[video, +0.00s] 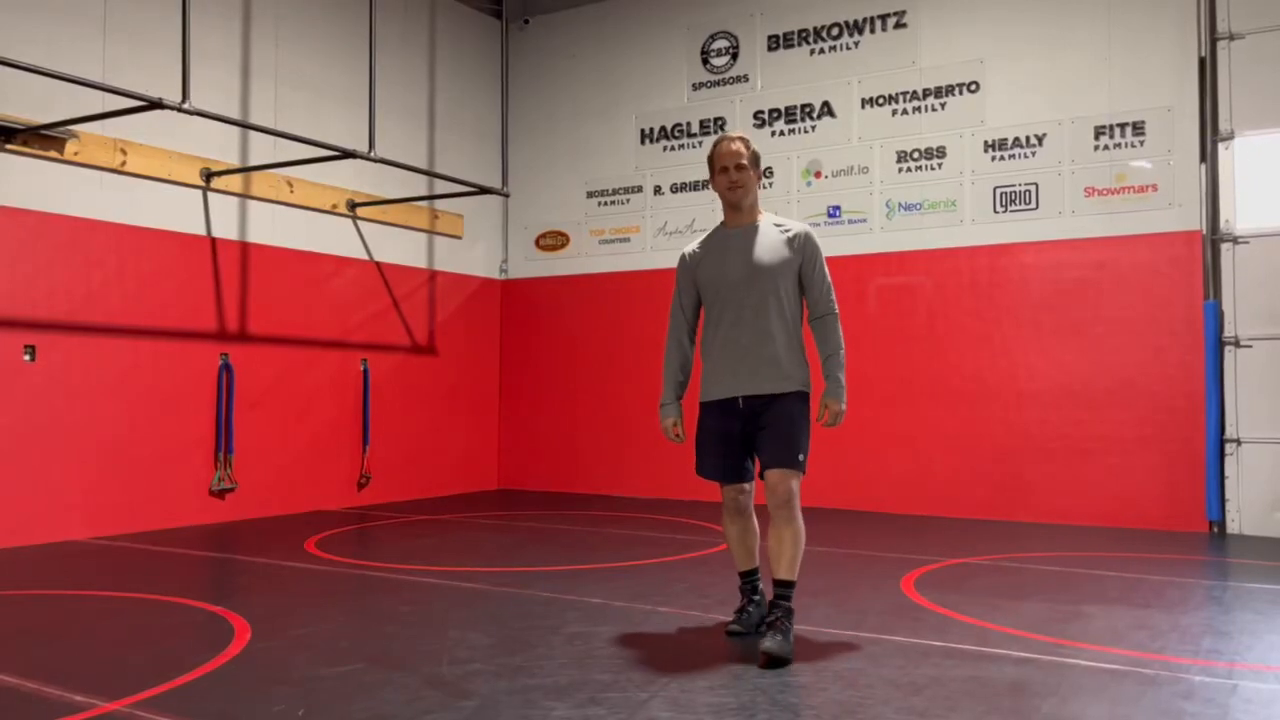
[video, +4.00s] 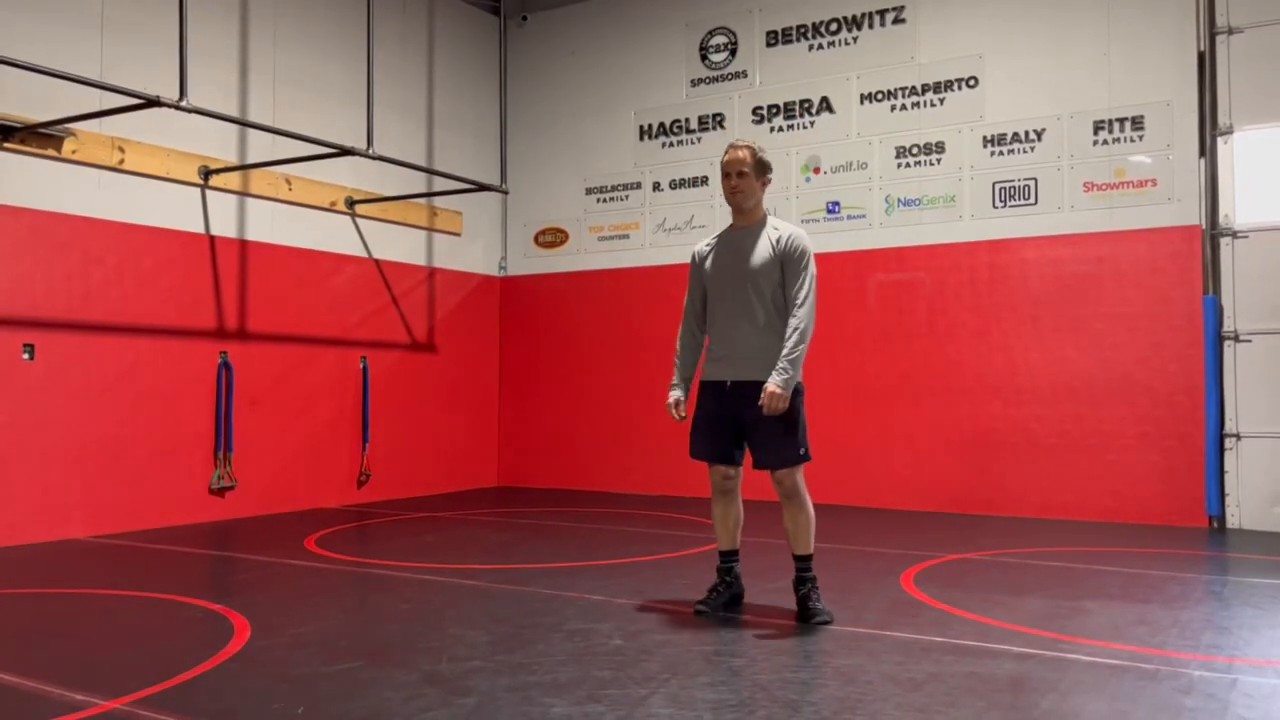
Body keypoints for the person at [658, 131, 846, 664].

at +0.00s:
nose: (733, 175)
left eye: (741, 167)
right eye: (724, 169)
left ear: (759, 175)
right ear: (711, 182)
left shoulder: (796, 239)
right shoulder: (697, 256)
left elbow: (825, 316)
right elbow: (680, 334)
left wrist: (835, 385)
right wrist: (671, 399)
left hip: (783, 392)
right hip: (722, 398)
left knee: (782, 493)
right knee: (734, 498)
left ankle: (782, 614)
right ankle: (753, 599)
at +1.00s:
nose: (780, 148)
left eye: (791, 140)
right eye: (771, 139)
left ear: (806, 152)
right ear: (754, 148)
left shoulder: (825, 233)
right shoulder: (717, 223)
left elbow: (845, 318)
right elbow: (686, 303)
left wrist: (861, 390)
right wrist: (675, 375)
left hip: (800, 388)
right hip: (732, 387)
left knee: (790, 503)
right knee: (730, 505)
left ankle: (780, 624)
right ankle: (750, 543)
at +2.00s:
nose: (714, 173)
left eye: (724, 164)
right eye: (705, 164)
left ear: (741, 171)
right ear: (693, 170)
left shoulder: (761, 244)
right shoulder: (665, 239)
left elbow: (781, 323)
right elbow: (641, 307)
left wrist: (786, 385)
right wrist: (623, 367)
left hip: (745, 360)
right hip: (685, 372)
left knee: (759, 423)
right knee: (692, 483)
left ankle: (785, 537)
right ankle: (705, 599)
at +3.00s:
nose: (790, 180)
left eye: (798, 171)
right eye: (781, 172)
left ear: (816, 176)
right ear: (770, 180)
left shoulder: (842, 247)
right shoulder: (746, 245)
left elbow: (863, 324)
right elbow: (729, 319)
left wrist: (879, 389)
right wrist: (730, 378)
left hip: (826, 387)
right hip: (766, 385)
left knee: (818, 487)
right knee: (757, 482)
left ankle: (812, 593)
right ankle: (750, 595)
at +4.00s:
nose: (734, 182)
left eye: (743, 174)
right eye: (728, 175)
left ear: (764, 181)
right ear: (720, 184)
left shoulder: (790, 242)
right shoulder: (706, 253)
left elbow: (802, 318)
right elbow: (692, 325)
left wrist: (784, 377)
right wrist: (680, 383)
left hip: (772, 387)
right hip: (719, 389)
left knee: (789, 485)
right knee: (723, 482)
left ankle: (806, 587)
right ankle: (728, 582)